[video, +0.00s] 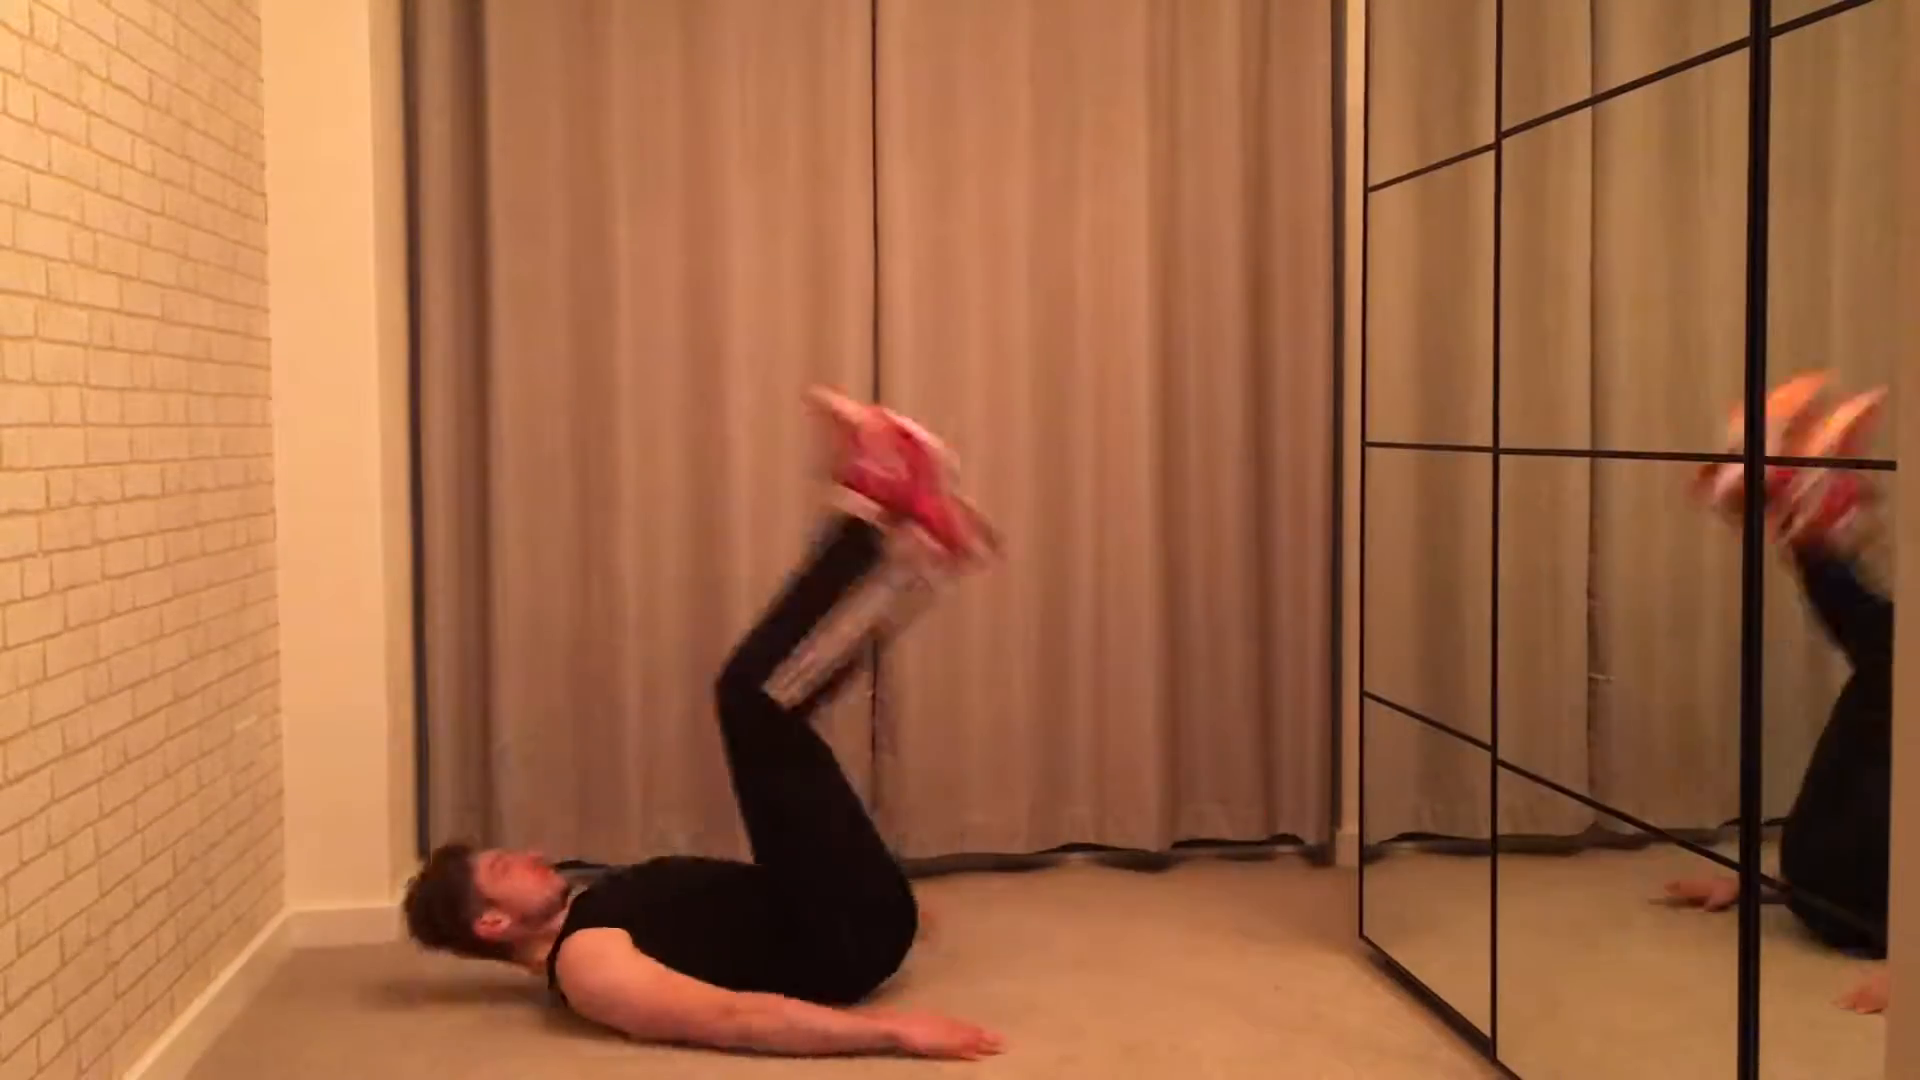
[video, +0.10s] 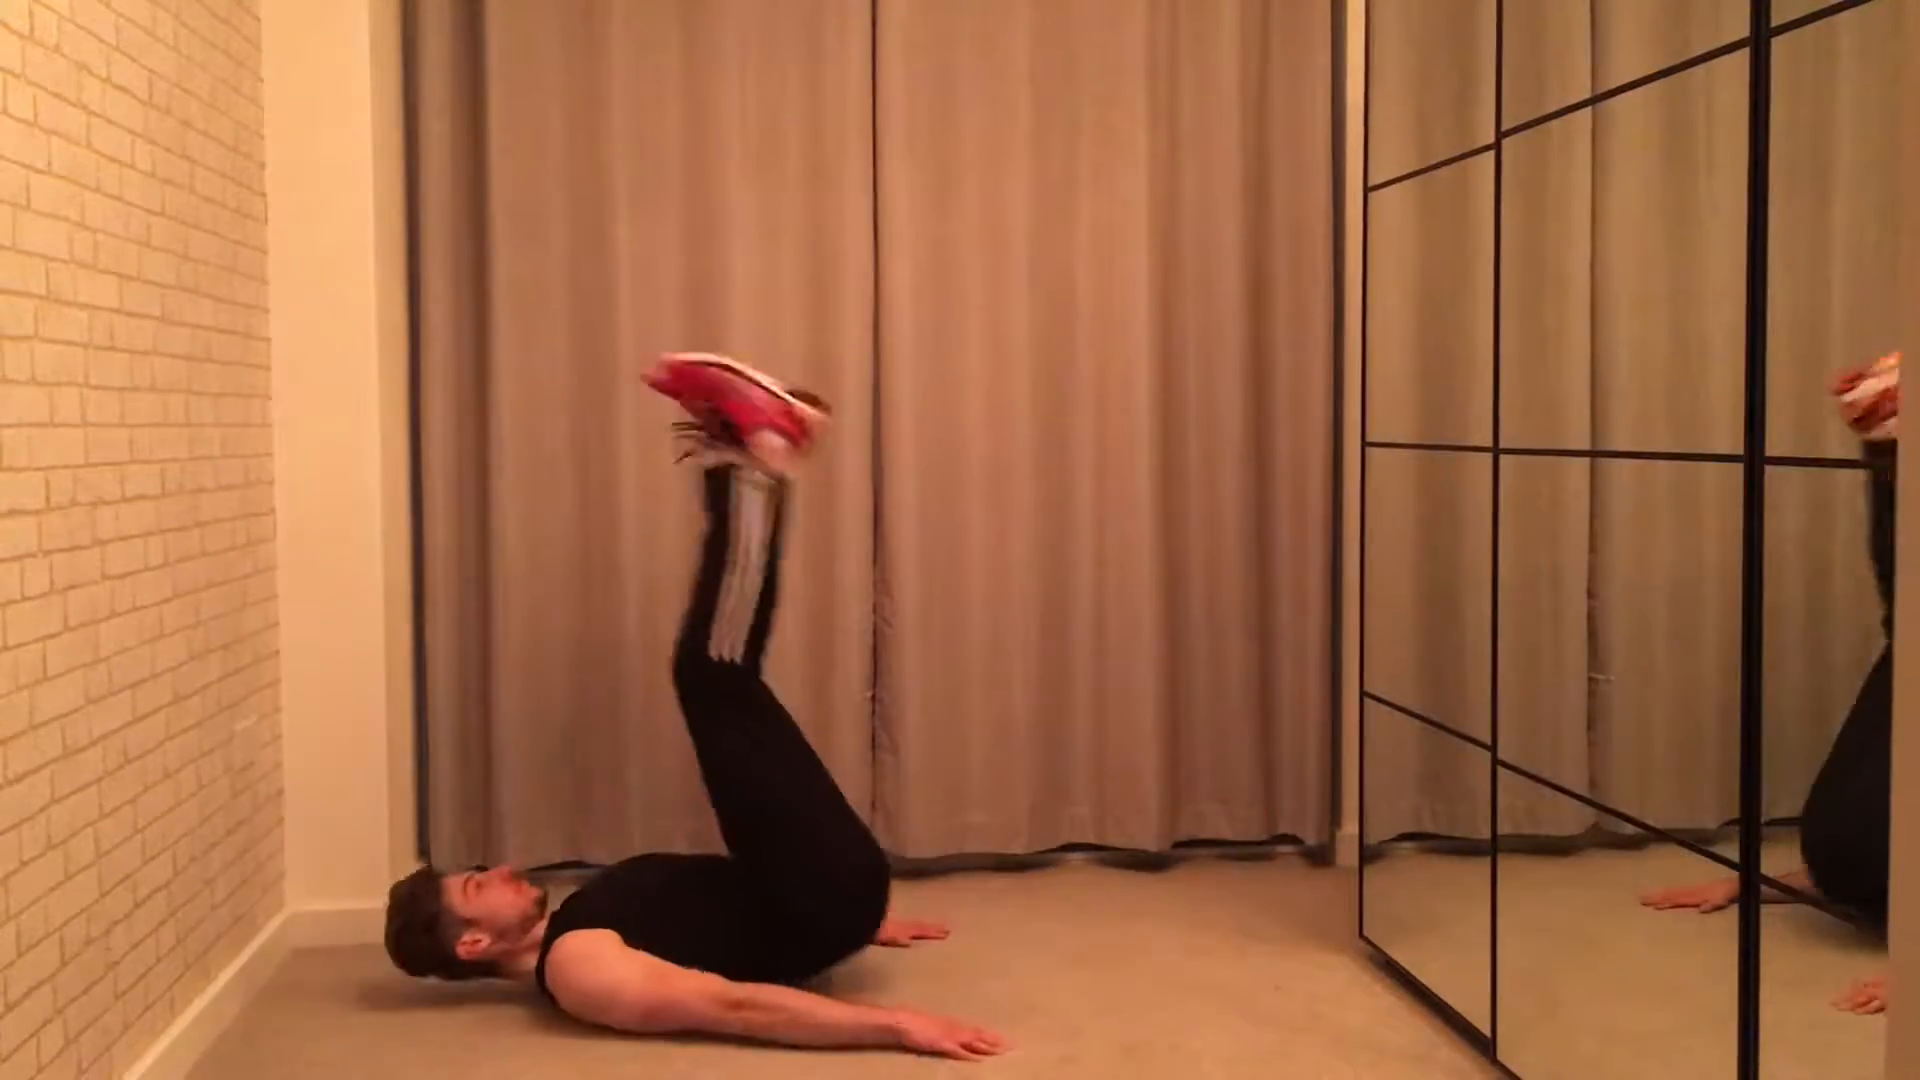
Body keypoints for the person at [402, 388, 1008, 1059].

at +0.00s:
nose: (529, 855)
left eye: (506, 851)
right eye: (503, 865)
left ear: (505, 919)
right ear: (496, 924)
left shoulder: (586, 919)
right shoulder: (588, 963)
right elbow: (736, 1020)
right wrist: (896, 1032)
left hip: (827, 917)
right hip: (844, 942)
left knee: (750, 691)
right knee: (750, 696)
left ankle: (870, 516)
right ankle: (913, 555)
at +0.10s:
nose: (498, 875)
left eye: (478, 872)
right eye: (477, 888)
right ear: (479, 945)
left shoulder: (579, 928)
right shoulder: (578, 968)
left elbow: (720, 915)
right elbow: (735, 1008)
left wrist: (855, 924)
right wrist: (897, 1027)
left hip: (811, 889)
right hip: (822, 901)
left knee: (715, 674)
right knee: (708, 676)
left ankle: (746, 459)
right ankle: (748, 460)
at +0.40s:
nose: (480, 898)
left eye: (461, 900)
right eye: (461, 918)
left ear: (485, 911)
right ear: (468, 974)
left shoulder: (572, 940)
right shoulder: (572, 974)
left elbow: (723, 913)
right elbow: (734, 1011)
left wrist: (853, 926)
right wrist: (898, 1028)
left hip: (705, 790)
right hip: (729, 781)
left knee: (627, 549)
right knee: (627, 549)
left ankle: (625, 310)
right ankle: (621, 309)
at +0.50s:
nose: (479, 899)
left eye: (459, 900)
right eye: (460, 918)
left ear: (482, 907)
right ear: (468, 972)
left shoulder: (575, 939)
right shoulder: (568, 975)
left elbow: (724, 914)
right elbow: (728, 1012)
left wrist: (851, 925)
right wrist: (892, 1028)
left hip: (685, 762)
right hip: (696, 762)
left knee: (611, 531)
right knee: (607, 533)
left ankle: (596, 291)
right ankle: (591, 288)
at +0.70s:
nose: (473, 899)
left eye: (455, 900)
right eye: (455, 919)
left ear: (478, 903)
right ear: (466, 973)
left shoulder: (571, 936)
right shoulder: (560, 977)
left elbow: (715, 917)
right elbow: (724, 1015)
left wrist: (849, 926)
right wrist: (886, 1029)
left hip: (651, 756)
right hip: (668, 747)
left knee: (576, 524)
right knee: (579, 525)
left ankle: (549, 282)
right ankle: (549, 279)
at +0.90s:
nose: (474, 898)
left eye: (455, 900)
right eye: (455, 919)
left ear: (477, 903)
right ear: (465, 973)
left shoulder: (570, 936)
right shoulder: (559, 978)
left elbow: (716, 917)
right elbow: (720, 1014)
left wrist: (850, 925)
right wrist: (884, 1029)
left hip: (653, 752)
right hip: (666, 748)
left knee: (566, 522)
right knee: (567, 522)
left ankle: (542, 285)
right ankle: (543, 283)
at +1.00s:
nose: (474, 899)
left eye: (456, 900)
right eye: (456, 919)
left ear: (478, 904)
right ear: (465, 973)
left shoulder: (570, 936)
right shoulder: (559, 979)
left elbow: (716, 917)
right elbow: (719, 1015)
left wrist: (849, 925)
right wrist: (884, 1029)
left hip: (661, 760)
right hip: (681, 751)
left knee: (561, 526)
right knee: (560, 527)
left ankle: (570, 293)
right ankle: (573, 289)